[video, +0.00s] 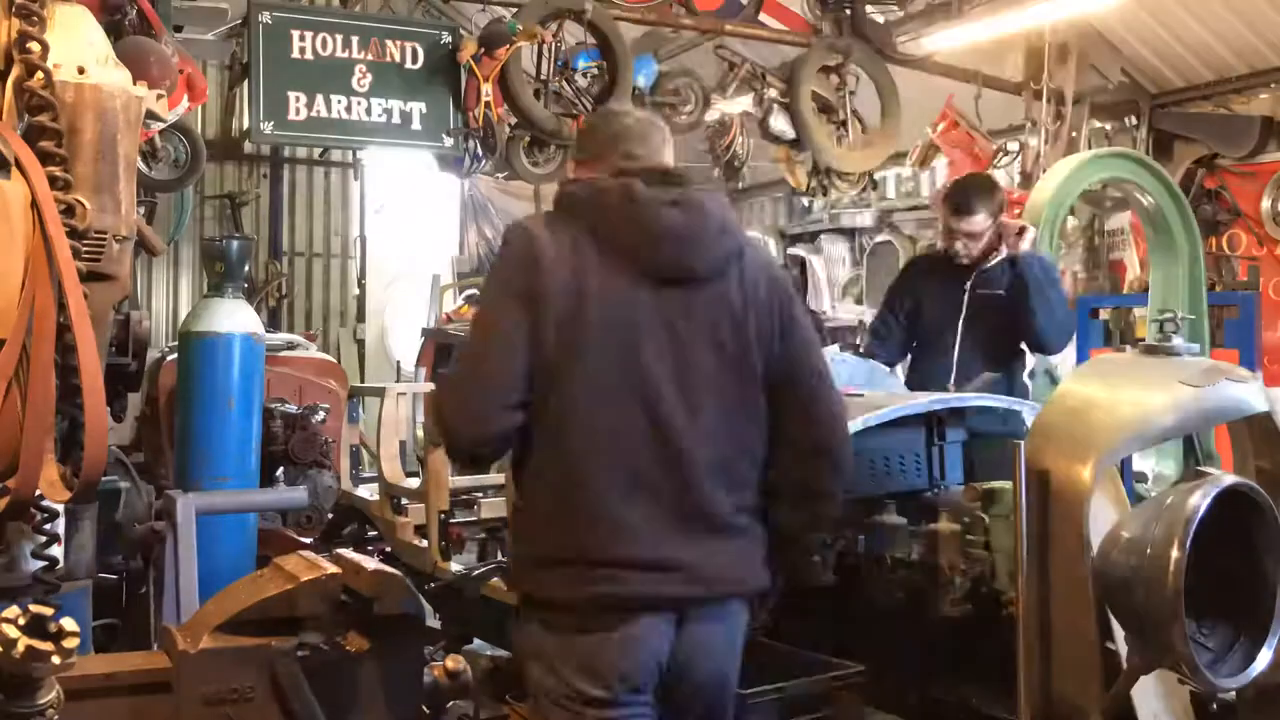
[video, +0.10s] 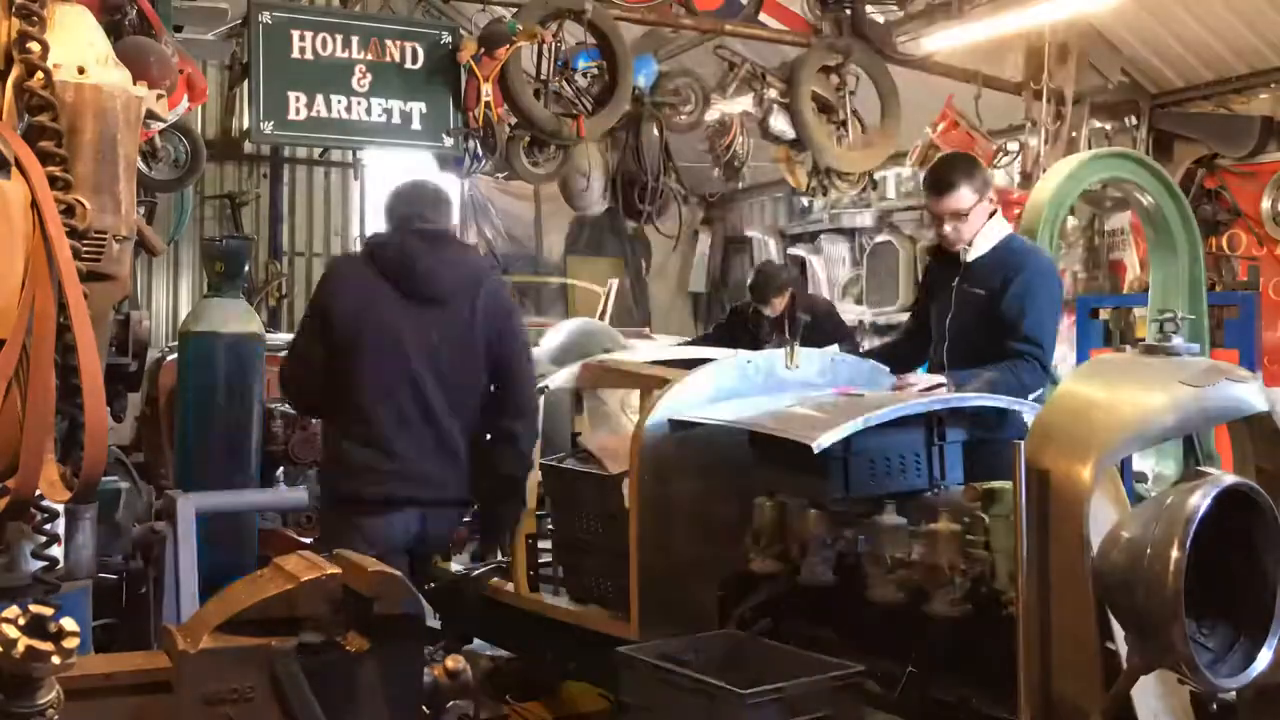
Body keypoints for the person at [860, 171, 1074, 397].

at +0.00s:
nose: (957, 246)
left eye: (972, 238)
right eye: (950, 234)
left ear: (997, 227)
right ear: (942, 221)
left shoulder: (1023, 277)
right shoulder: (921, 272)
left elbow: (1053, 341)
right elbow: (884, 348)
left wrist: (1025, 260)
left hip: (994, 429)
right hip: (924, 428)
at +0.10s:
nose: (945, 230)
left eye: (958, 217)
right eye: (936, 218)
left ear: (989, 203)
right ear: (928, 209)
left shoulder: (1030, 269)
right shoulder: (944, 263)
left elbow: (1030, 372)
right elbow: (914, 345)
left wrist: (951, 384)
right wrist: (850, 368)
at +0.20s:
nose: (887, 247)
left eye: (896, 232)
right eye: (877, 237)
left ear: (930, 208)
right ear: (867, 227)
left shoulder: (989, 269)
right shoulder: (896, 268)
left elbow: (1049, 362)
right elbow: (910, 342)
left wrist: (950, 389)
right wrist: (849, 359)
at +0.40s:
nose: (912, 234)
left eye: (925, 220)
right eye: (903, 223)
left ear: (957, 202)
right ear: (894, 212)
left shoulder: (1003, 268)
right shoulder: (913, 262)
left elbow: (1047, 366)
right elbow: (904, 337)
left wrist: (952, 385)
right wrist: (849, 363)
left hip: (983, 453)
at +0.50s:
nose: (953, 228)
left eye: (964, 214)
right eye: (945, 218)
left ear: (998, 197)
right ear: (937, 211)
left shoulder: (1046, 267)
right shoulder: (960, 263)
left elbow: (1050, 366)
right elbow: (925, 337)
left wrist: (958, 393)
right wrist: (856, 367)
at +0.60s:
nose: (950, 226)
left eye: (959, 211)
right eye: (941, 216)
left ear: (994, 194)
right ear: (934, 212)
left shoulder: (1047, 266)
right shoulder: (960, 264)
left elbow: (1048, 368)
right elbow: (924, 341)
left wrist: (961, 402)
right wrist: (854, 367)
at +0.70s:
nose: (937, 229)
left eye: (943, 215)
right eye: (932, 220)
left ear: (980, 196)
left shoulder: (1045, 263)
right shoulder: (961, 266)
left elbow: (1049, 365)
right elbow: (924, 341)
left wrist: (960, 403)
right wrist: (852, 368)